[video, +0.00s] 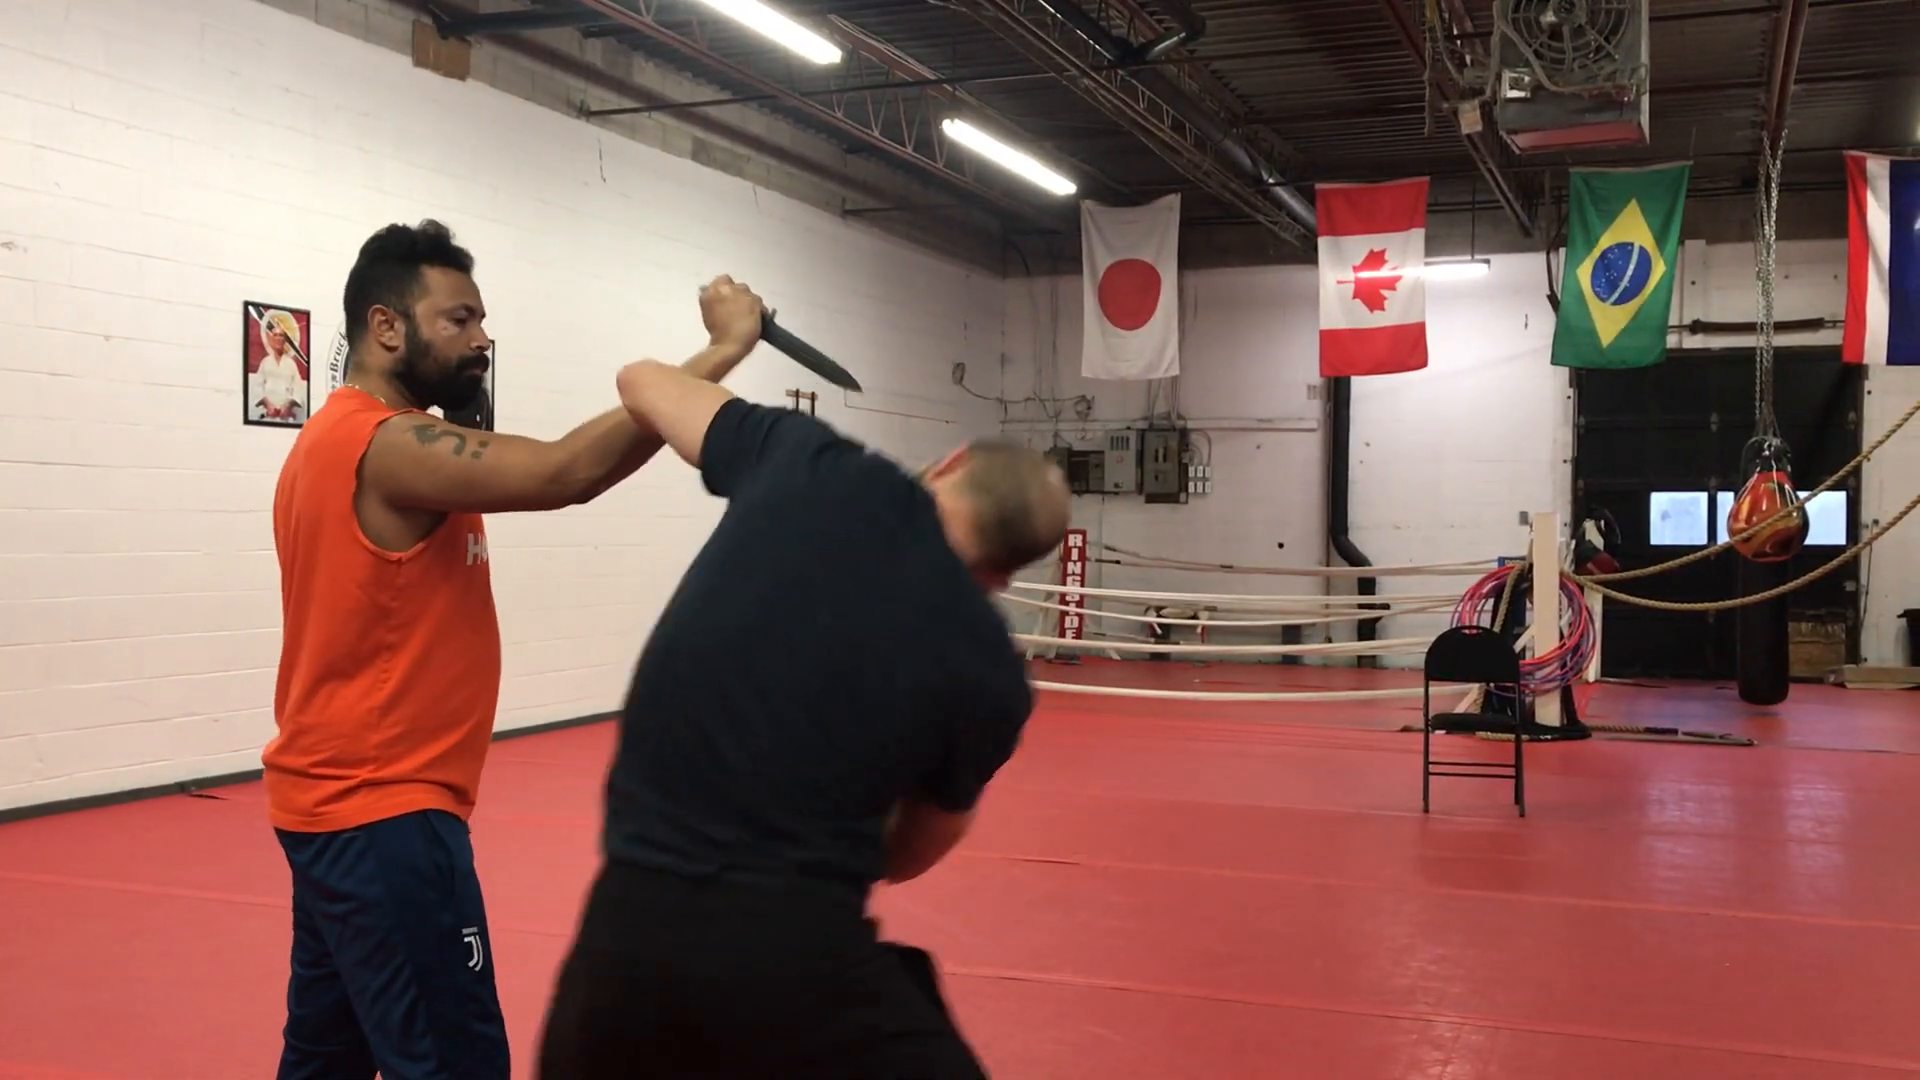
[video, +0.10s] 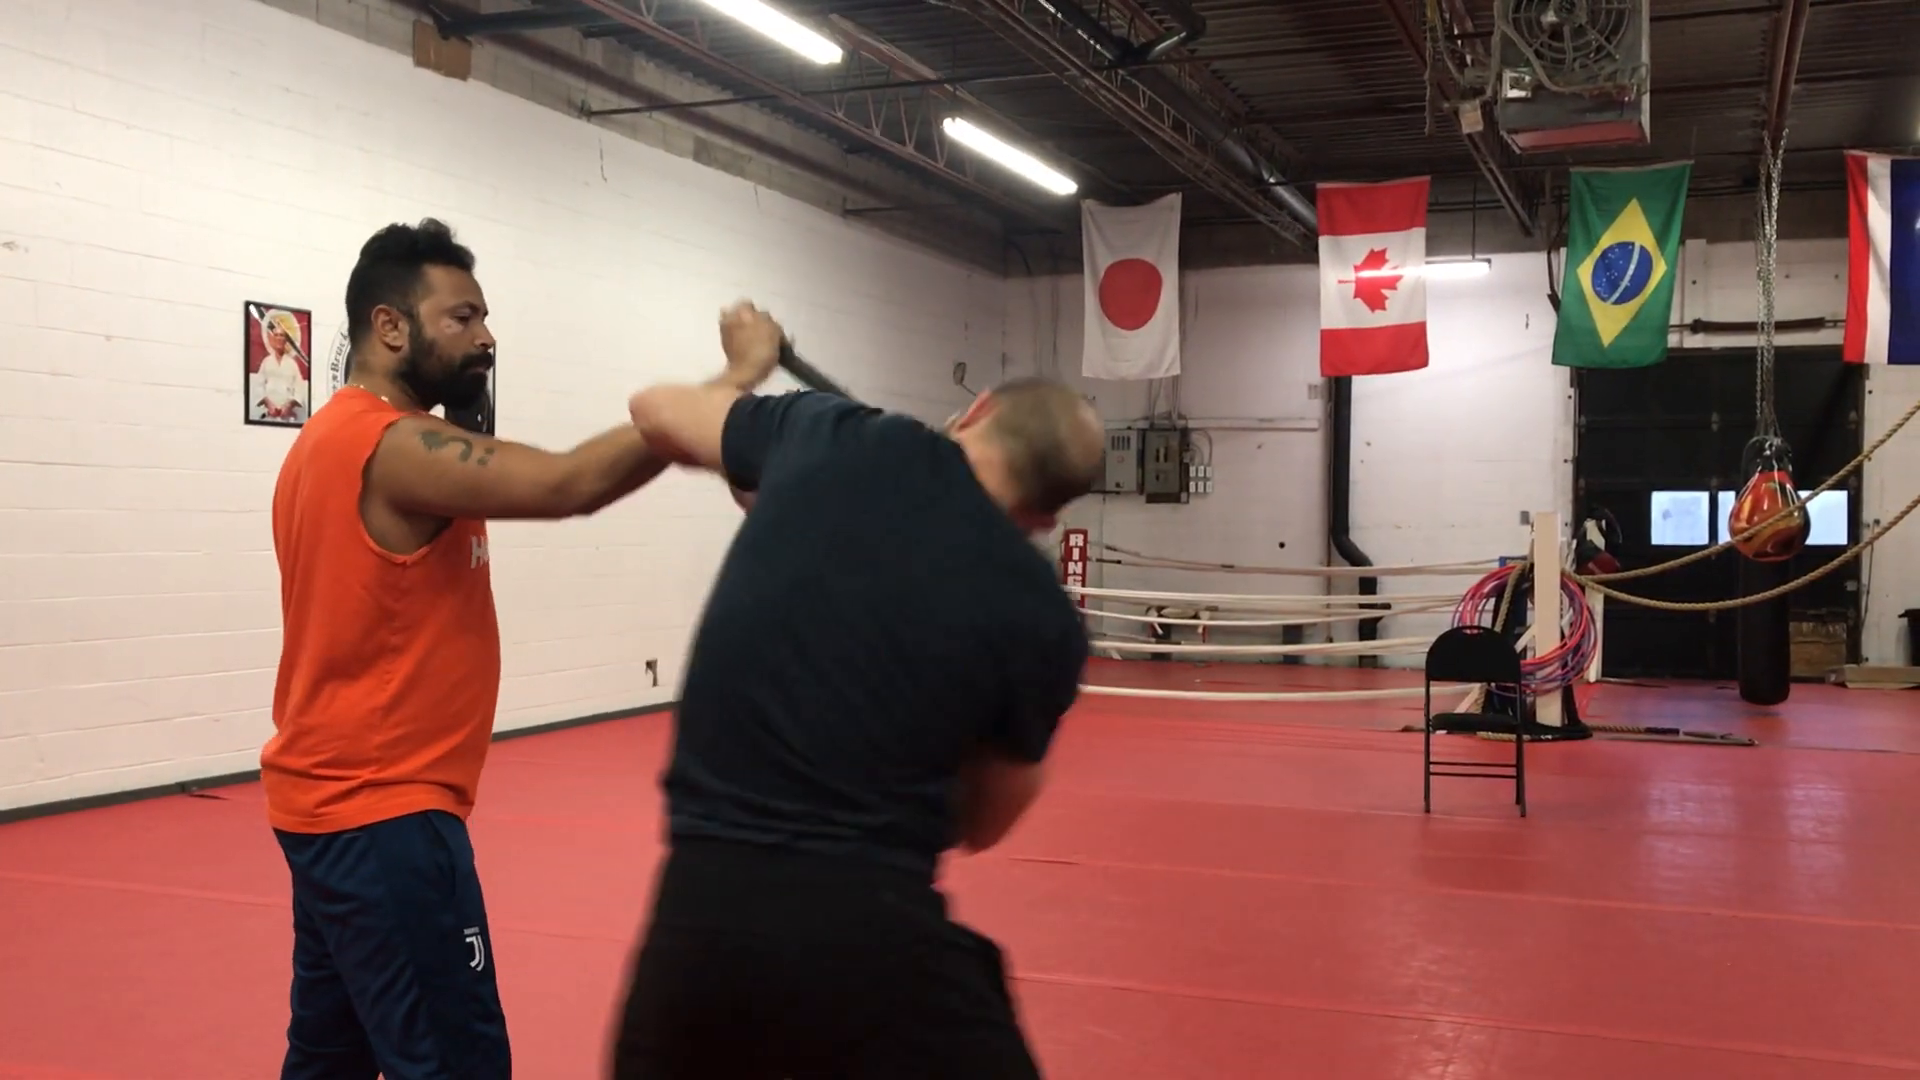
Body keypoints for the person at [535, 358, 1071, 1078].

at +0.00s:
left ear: (947, 460)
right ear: (1004, 578)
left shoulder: (802, 459)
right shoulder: (988, 674)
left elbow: (642, 380)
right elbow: (905, 855)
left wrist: (726, 344)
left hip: (631, 936)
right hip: (808, 965)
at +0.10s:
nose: (957, 415)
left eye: (967, 405)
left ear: (973, 408)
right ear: (1045, 518)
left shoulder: (826, 435)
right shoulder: (1042, 621)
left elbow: (656, 409)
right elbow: (981, 825)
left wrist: (743, 370)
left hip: (703, 920)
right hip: (886, 943)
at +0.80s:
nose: (960, 393)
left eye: (965, 370)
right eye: (960, 371)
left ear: (1005, 370)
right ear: (1102, 378)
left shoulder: (922, 479)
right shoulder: (1211, 505)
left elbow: (876, 729)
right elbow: (1240, 757)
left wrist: (1003, 675)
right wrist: (1109, 691)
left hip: (1001, 936)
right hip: (1195, 935)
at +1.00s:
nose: (1068, 430)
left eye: (1075, 406)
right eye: (1068, 406)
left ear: (1122, 406)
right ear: (1215, 420)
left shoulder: (1041, 512)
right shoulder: (1335, 541)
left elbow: (1010, 764)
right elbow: (1336, 783)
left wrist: (1126, 691)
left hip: (1102, 960)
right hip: (1304, 962)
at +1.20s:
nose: (1161, 475)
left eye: (1169, 446)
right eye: (1164, 447)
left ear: (1215, 445)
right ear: (1306, 461)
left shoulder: (1126, 544)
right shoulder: (1427, 586)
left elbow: (1081, 794)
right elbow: (1426, 845)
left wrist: (1225, 768)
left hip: (1154, 994)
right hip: (1371, 1007)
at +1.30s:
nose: (1173, 481)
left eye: (1182, 453)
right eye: (1176, 454)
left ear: (1233, 452)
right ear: (1324, 468)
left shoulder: (1141, 552)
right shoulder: (1448, 597)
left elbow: (1095, 804)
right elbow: (1444, 853)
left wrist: (1233, 775)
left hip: (1173, 994)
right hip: (1387, 1016)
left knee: (1010, 1070)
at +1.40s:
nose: (1162, 477)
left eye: (1171, 449)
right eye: (1165, 449)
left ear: (1224, 457)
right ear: (1313, 465)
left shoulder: (1135, 559)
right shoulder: (1435, 590)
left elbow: (1082, 809)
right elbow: (1439, 826)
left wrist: (1223, 785)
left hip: (1172, 997)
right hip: (1380, 1016)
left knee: (1006, 1070)